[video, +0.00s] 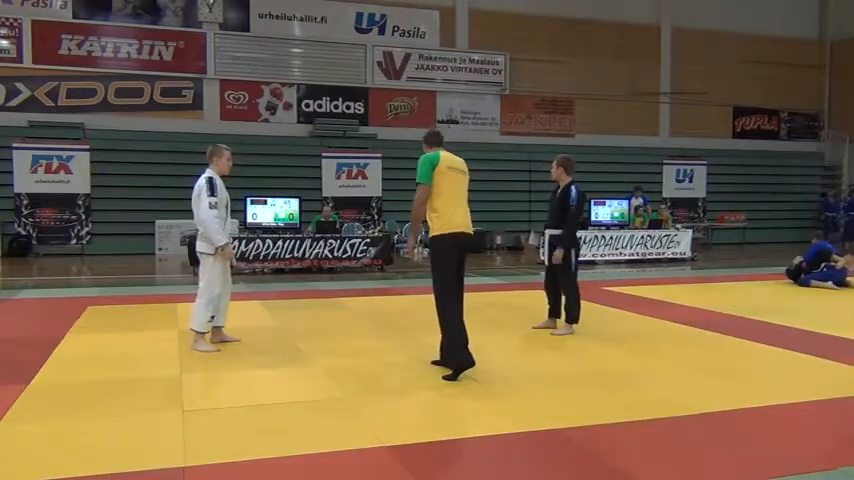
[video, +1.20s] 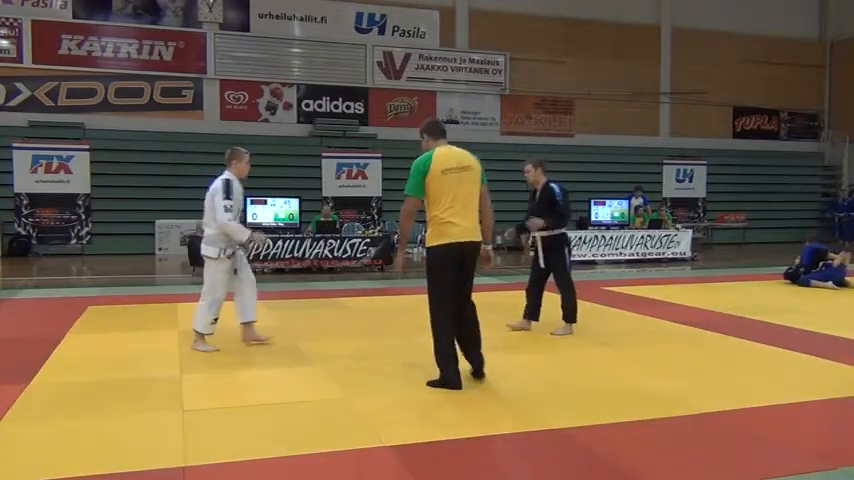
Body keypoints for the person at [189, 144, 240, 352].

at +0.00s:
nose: (231, 164)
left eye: (231, 160)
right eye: (228, 159)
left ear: (216, 160)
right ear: (216, 160)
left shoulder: (216, 182)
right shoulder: (207, 181)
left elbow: (217, 217)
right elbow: (207, 216)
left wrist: (227, 242)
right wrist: (223, 243)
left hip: (220, 245)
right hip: (209, 246)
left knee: (224, 288)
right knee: (210, 289)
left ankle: (217, 331)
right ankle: (199, 338)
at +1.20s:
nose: (249, 168)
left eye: (249, 163)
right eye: (247, 163)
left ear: (235, 164)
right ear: (235, 164)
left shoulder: (233, 185)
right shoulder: (224, 184)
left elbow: (230, 221)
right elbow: (224, 221)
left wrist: (248, 236)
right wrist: (249, 236)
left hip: (232, 247)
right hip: (217, 248)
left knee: (247, 284)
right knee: (213, 292)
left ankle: (248, 330)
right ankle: (199, 338)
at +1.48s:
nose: (281, 175)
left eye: (281, 171)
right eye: (279, 171)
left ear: (267, 171)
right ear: (268, 171)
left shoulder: (263, 191)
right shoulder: (258, 189)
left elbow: (252, 224)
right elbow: (252, 224)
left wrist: (267, 237)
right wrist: (277, 232)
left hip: (254, 253)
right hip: (238, 253)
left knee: (267, 290)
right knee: (230, 295)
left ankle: (273, 335)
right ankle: (202, 336)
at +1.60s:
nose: (295, 175)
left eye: (295, 171)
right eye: (293, 170)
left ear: (281, 169)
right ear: (282, 169)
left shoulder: (273, 187)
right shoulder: (273, 186)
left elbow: (266, 222)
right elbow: (269, 220)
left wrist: (288, 231)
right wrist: (291, 229)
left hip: (261, 248)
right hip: (250, 249)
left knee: (272, 289)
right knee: (254, 292)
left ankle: (273, 335)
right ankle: (220, 324)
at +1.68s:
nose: (302, 173)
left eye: (302, 169)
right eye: (301, 168)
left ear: (289, 167)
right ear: (292, 167)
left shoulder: (285, 186)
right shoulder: (278, 183)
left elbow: (281, 219)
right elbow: (279, 217)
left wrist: (304, 229)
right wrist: (304, 228)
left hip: (267, 246)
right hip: (255, 245)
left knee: (273, 289)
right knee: (265, 290)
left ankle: (273, 335)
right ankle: (242, 329)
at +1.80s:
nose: (313, 174)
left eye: (313, 169)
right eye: (311, 169)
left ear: (298, 168)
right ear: (302, 168)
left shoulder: (292, 187)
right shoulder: (287, 187)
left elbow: (294, 221)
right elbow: (293, 221)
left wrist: (322, 229)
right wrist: (323, 229)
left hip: (271, 248)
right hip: (267, 248)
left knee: (278, 291)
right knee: (280, 292)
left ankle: (274, 336)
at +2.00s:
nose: (331, 176)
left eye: (330, 171)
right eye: (329, 171)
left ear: (316, 171)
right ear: (319, 171)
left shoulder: (306, 190)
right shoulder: (307, 191)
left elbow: (304, 225)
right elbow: (304, 226)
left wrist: (330, 229)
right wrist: (332, 231)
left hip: (288, 250)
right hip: (291, 251)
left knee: (294, 293)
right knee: (309, 296)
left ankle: (279, 332)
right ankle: (310, 350)